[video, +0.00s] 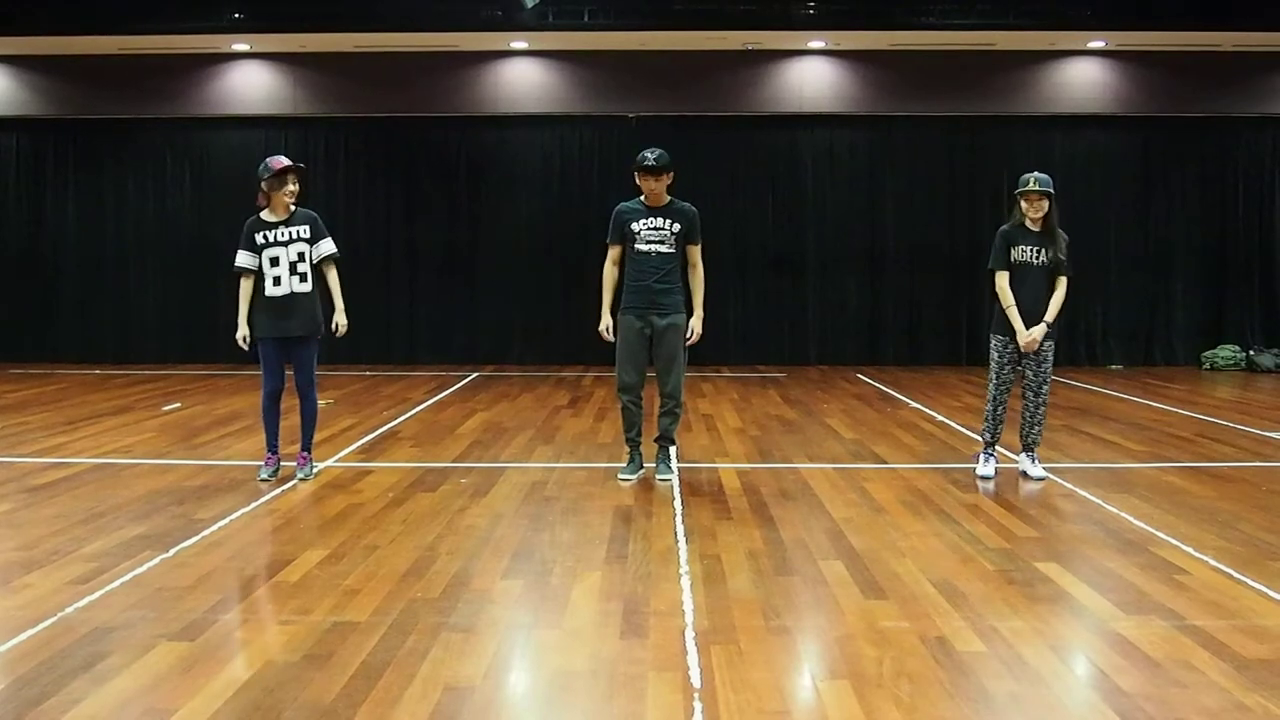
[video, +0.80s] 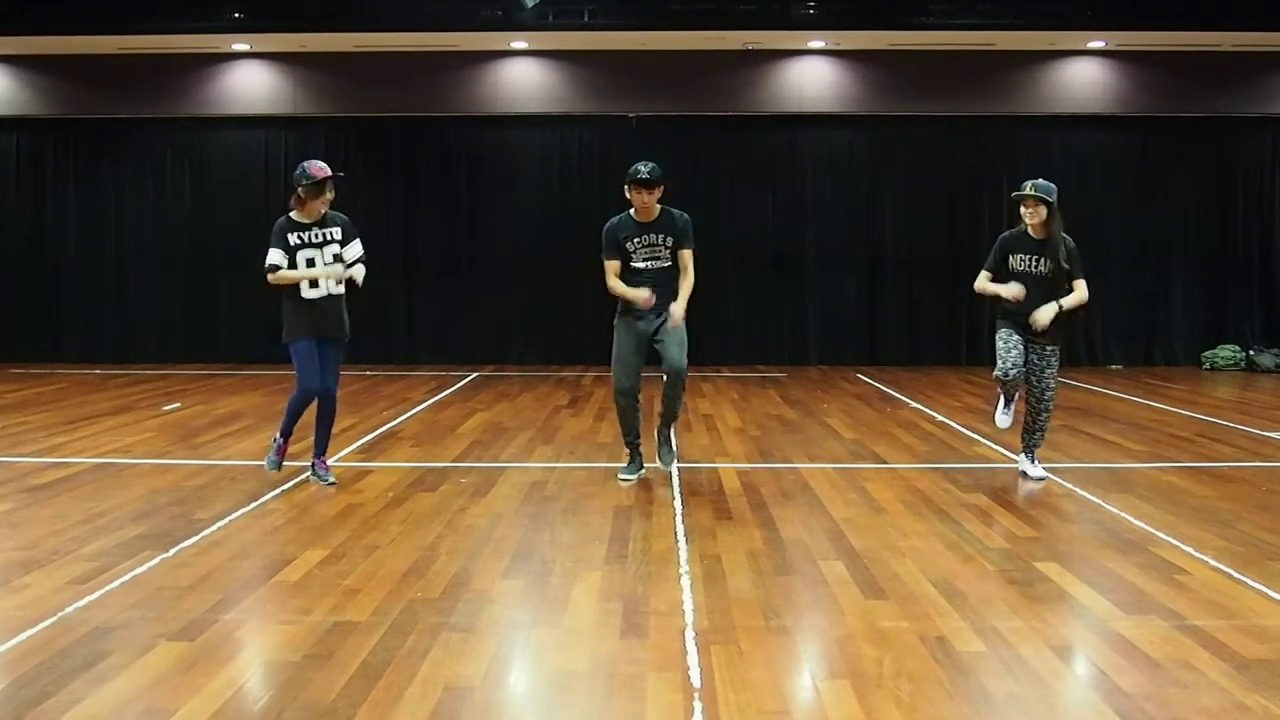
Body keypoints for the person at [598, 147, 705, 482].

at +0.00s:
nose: (650, 181)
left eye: (656, 175)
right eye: (644, 175)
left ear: (669, 177)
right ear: (637, 177)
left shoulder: (686, 214)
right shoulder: (624, 213)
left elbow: (695, 265)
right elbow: (612, 263)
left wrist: (698, 314)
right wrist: (606, 311)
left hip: (672, 315)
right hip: (631, 314)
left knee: (671, 389)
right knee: (628, 387)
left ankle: (667, 451)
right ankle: (633, 454)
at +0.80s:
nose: (644, 196)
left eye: (650, 189)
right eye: (638, 189)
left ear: (660, 190)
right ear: (628, 191)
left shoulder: (678, 223)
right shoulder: (615, 229)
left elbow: (687, 271)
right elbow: (611, 279)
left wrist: (679, 305)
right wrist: (632, 293)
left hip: (669, 313)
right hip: (630, 315)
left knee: (677, 367)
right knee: (623, 386)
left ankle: (666, 430)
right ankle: (633, 453)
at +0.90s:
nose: (647, 196)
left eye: (653, 189)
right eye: (640, 189)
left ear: (663, 191)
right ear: (631, 192)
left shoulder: (680, 223)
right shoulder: (617, 228)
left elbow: (687, 273)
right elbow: (617, 280)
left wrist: (671, 278)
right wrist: (644, 261)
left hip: (671, 308)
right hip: (632, 314)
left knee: (686, 349)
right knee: (624, 387)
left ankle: (670, 411)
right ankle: (633, 454)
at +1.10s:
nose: (659, 185)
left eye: (666, 179)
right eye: (653, 179)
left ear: (676, 182)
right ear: (643, 181)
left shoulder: (690, 218)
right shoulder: (628, 214)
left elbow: (688, 267)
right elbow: (624, 258)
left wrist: (667, 237)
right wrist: (648, 217)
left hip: (679, 315)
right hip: (637, 316)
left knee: (699, 377)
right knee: (630, 387)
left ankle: (689, 446)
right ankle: (634, 454)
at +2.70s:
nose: (681, 179)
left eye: (688, 173)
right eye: (676, 174)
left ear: (702, 180)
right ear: (669, 181)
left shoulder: (720, 219)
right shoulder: (657, 218)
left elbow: (721, 257)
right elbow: (659, 256)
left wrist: (695, 219)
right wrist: (678, 212)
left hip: (714, 311)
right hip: (673, 317)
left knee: (742, 354)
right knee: (671, 395)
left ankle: (722, 418)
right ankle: (677, 462)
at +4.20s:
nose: (701, 174)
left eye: (706, 168)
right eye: (694, 168)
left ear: (717, 171)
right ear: (683, 172)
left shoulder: (733, 207)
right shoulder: (673, 209)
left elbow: (742, 255)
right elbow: (661, 252)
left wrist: (715, 217)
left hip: (722, 312)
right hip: (682, 311)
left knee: (727, 391)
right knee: (665, 384)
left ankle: (723, 463)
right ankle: (677, 422)